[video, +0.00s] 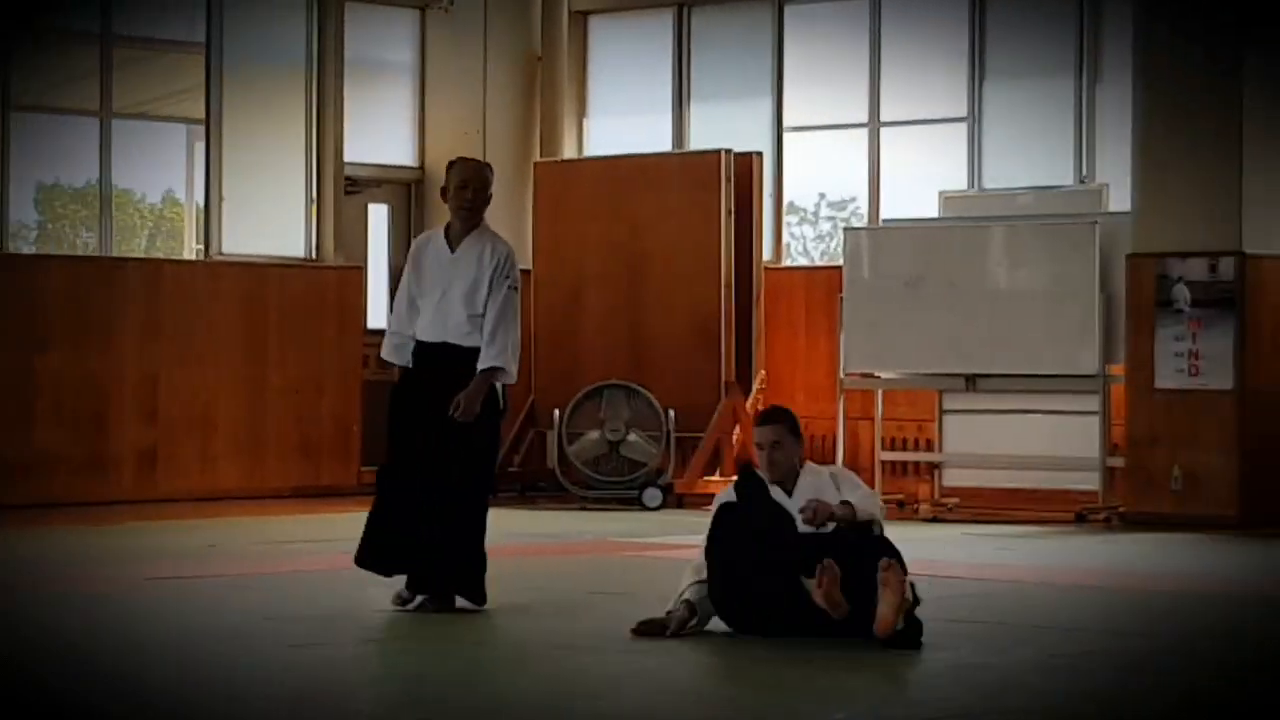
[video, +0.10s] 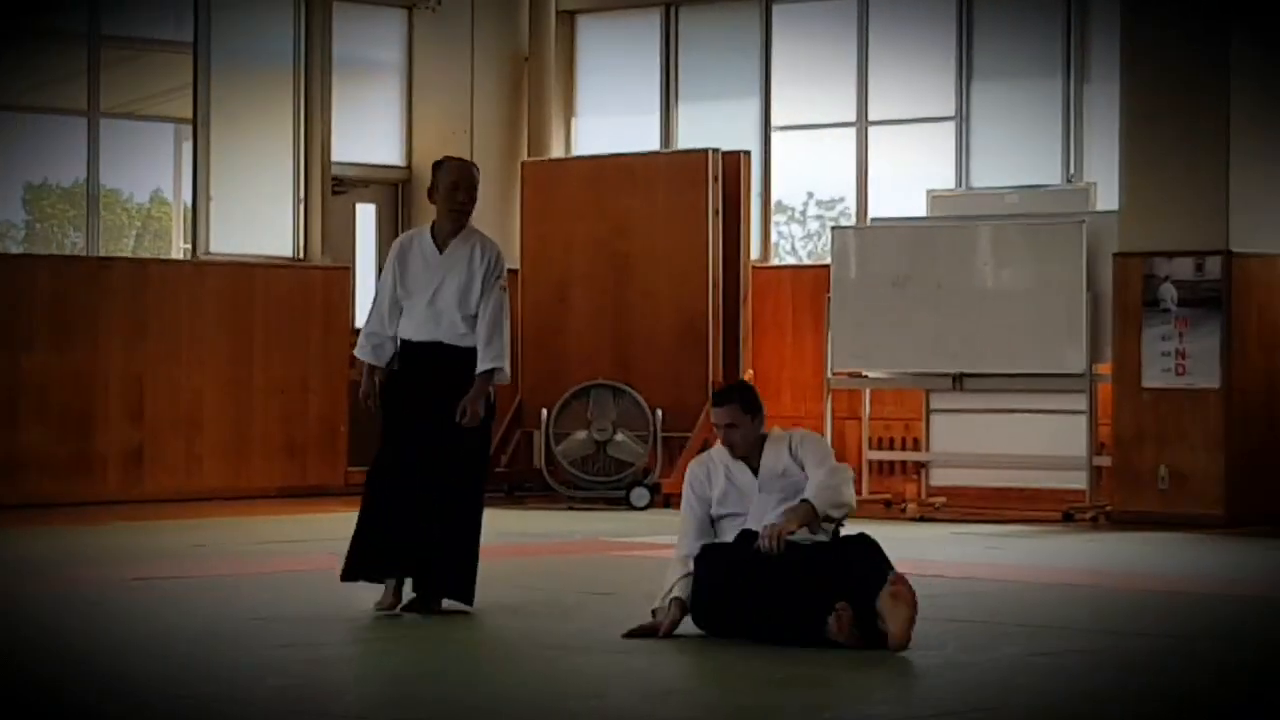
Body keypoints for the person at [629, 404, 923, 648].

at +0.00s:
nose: (767, 456)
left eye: (777, 446)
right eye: (760, 448)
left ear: (799, 447)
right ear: (752, 450)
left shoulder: (833, 478)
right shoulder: (737, 498)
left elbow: (875, 511)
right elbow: (708, 566)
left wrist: (836, 513)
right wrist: (683, 612)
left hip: (832, 596)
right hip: (761, 606)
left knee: (866, 537)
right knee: (735, 512)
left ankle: (883, 610)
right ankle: (828, 602)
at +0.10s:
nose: (722, 438)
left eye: (731, 428)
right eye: (716, 428)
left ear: (758, 421)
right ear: (711, 425)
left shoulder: (801, 445)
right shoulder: (702, 470)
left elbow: (836, 487)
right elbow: (691, 549)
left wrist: (794, 517)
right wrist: (672, 613)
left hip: (805, 570)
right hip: (739, 573)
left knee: (858, 546)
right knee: (713, 560)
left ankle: (888, 615)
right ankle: (830, 630)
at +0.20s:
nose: (694, 435)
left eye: (701, 425)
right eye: (689, 426)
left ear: (732, 416)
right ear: (687, 422)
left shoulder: (781, 438)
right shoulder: (691, 457)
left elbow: (807, 493)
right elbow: (682, 535)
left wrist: (768, 549)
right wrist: (666, 613)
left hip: (797, 559)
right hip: (733, 566)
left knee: (851, 532)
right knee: (688, 610)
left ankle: (901, 620)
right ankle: (821, 632)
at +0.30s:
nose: (668, 441)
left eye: (672, 429)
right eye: (664, 431)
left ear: (705, 418)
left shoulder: (761, 438)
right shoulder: (686, 458)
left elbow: (782, 508)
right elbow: (680, 534)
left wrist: (758, 584)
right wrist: (663, 616)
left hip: (800, 561)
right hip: (744, 566)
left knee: (835, 512)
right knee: (683, 619)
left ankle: (889, 621)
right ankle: (813, 631)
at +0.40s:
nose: (651, 442)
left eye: (654, 430)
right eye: (647, 432)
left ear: (685, 421)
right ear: (682, 424)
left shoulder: (747, 435)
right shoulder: (690, 466)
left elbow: (767, 521)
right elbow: (686, 542)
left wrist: (760, 608)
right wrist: (665, 618)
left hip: (824, 562)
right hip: (767, 570)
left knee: (821, 499)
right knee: (681, 622)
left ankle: (889, 626)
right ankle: (811, 627)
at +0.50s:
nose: (652, 445)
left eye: (654, 433)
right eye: (648, 435)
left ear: (683, 424)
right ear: (684, 426)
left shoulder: (747, 433)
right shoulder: (704, 469)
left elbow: (771, 523)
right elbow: (694, 543)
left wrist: (764, 612)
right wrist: (672, 619)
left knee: (823, 499)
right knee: (693, 620)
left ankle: (887, 627)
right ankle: (827, 616)